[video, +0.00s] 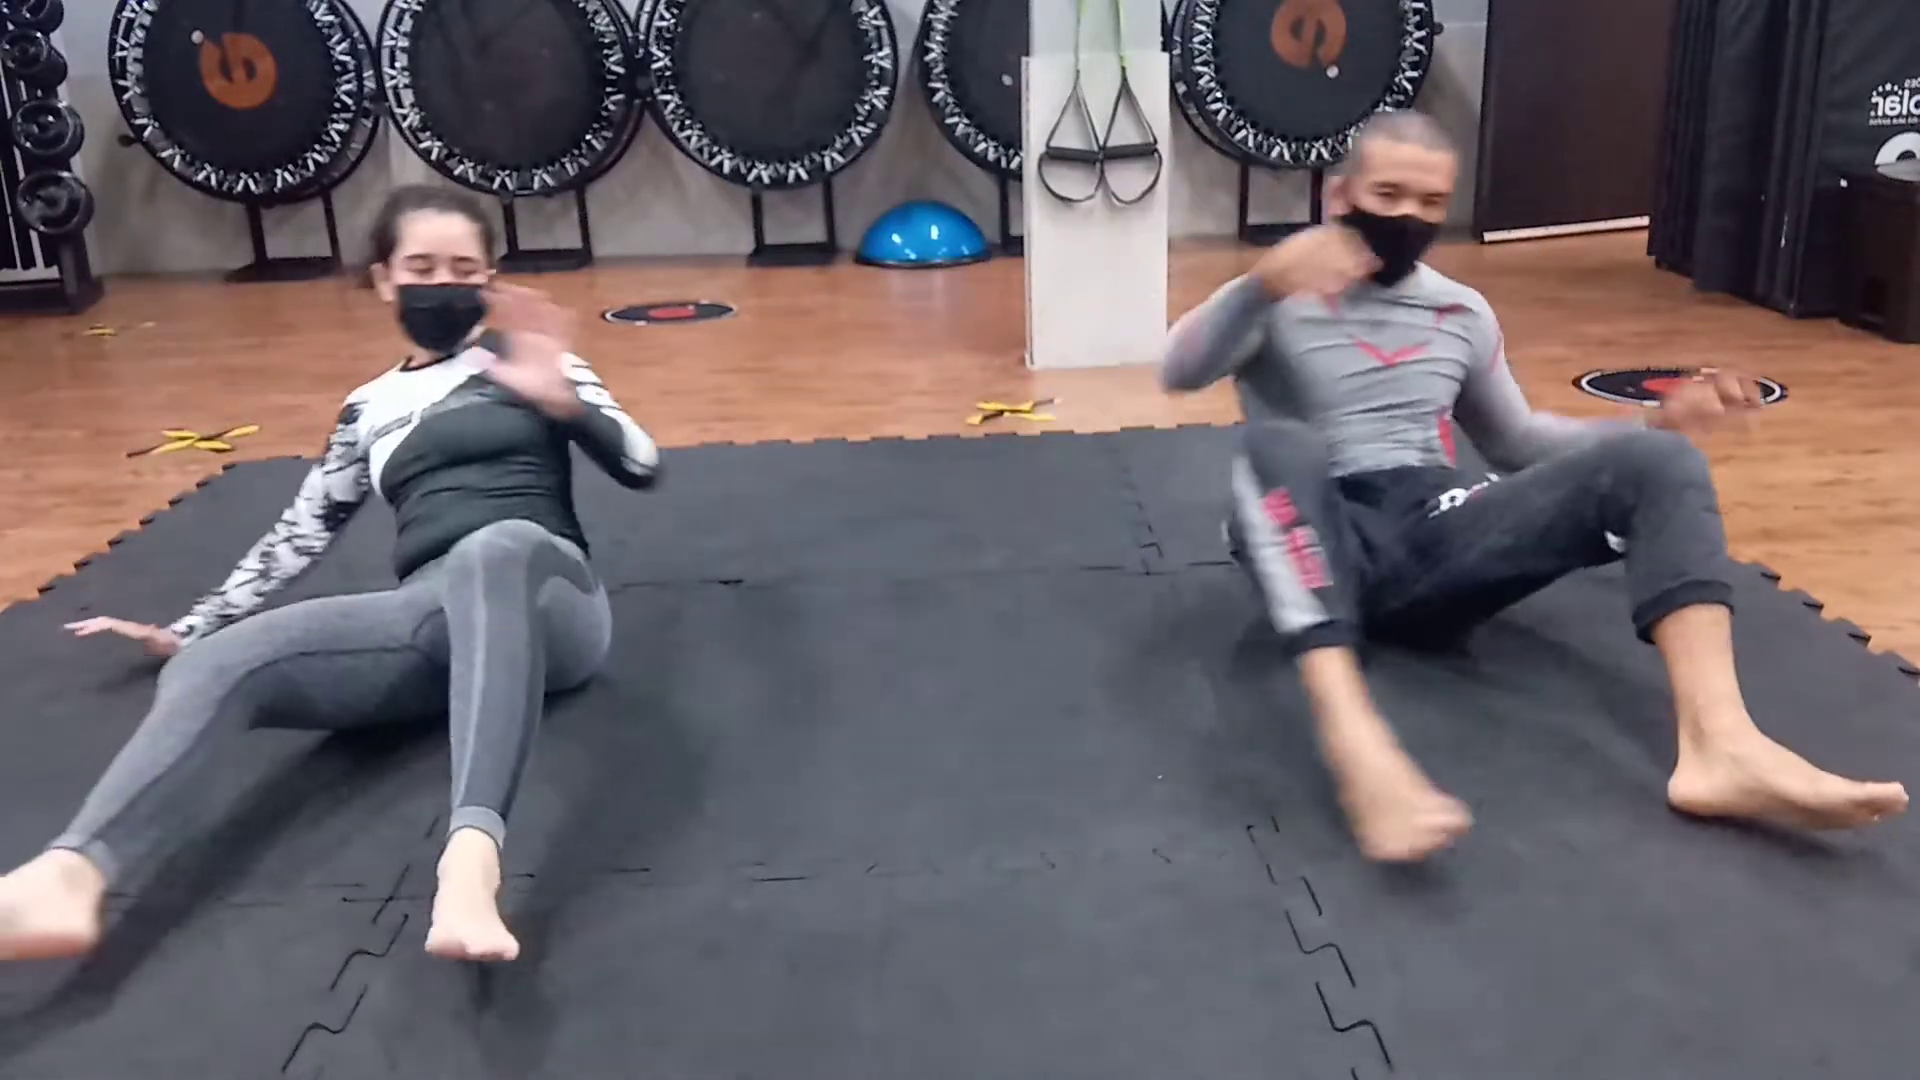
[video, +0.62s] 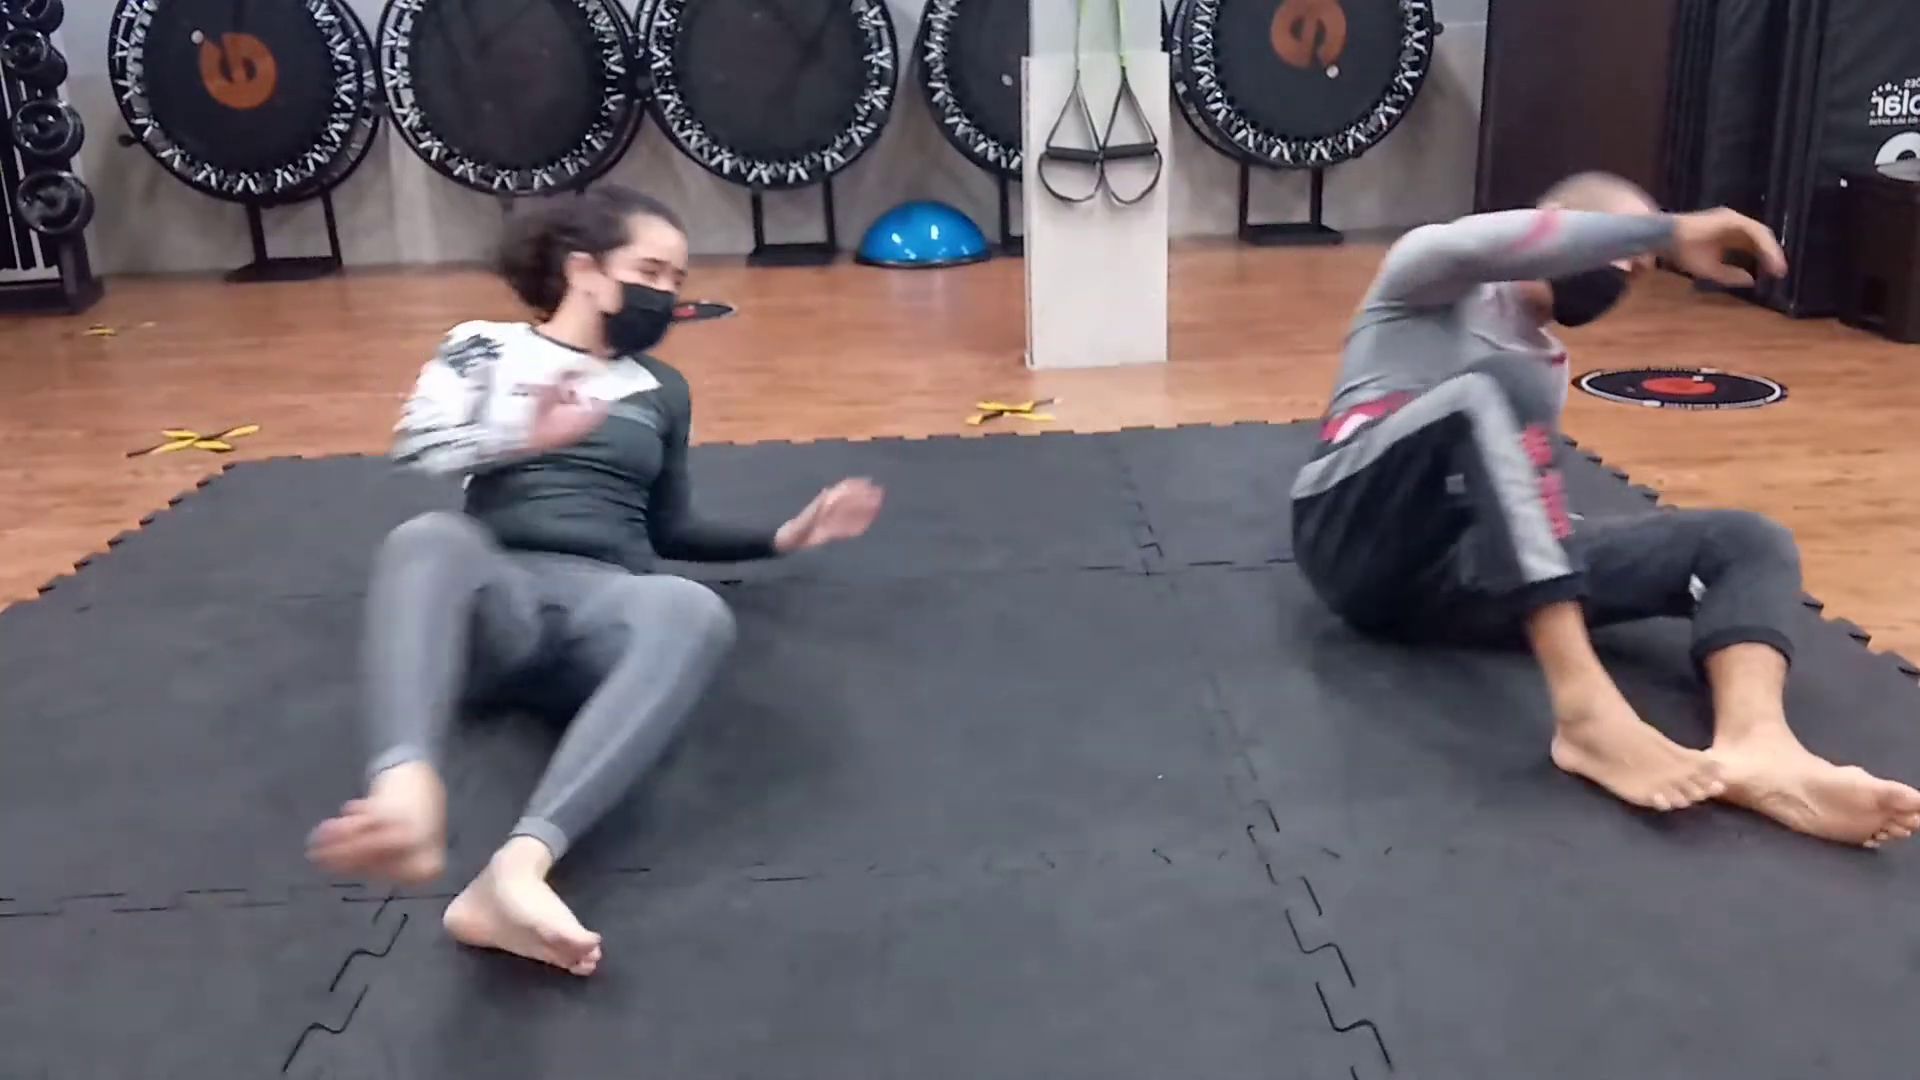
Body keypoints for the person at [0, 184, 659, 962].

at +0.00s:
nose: (443, 281)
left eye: (462, 266)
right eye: (422, 265)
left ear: (491, 277)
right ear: (385, 279)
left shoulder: (541, 365)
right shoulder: (373, 407)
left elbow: (643, 465)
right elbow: (298, 535)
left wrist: (570, 404)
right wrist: (187, 631)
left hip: (549, 601)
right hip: (426, 611)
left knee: (495, 547)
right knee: (219, 653)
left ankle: (473, 852)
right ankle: (72, 874)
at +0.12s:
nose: (479, 277)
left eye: (498, 262)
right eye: (455, 262)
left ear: (523, 273)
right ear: (414, 277)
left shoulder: (565, 367)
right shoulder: (393, 398)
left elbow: (678, 485)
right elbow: (322, 535)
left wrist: (642, 432)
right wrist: (219, 610)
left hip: (553, 599)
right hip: (434, 609)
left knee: (520, 550)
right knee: (231, 653)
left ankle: (481, 857)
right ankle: (104, 877)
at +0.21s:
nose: (509, 273)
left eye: (526, 258)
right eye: (486, 257)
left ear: (546, 270)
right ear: (437, 272)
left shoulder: (576, 362)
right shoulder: (403, 392)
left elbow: (686, 493)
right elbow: (333, 526)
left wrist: (684, 446)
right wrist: (249, 584)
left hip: (551, 595)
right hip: (433, 604)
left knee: (535, 555)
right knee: (245, 641)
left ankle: (485, 865)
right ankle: (130, 873)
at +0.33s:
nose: (554, 273)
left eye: (571, 259)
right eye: (531, 253)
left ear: (588, 273)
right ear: (477, 266)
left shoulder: (608, 370)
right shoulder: (422, 377)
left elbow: (706, 501)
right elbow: (353, 501)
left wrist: (744, 457)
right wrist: (313, 519)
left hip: (559, 592)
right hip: (442, 598)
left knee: (572, 563)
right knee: (272, 627)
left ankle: (492, 874)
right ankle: (189, 859)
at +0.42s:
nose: (589, 271)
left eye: (604, 260)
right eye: (567, 252)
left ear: (616, 281)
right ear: (507, 267)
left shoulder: (631, 377)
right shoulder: (437, 367)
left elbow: (712, 507)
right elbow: (361, 494)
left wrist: (776, 475)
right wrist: (346, 496)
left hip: (573, 594)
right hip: (453, 597)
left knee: (599, 578)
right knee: (305, 608)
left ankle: (496, 878)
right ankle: (248, 846)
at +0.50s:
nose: (626, 281)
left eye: (637, 268)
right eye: (607, 259)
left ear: (643, 283)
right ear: (537, 263)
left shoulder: (646, 381)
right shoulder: (455, 358)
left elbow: (710, 517)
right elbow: (358, 488)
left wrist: (801, 495)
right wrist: (402, 470)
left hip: (588, 587)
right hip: (470, 587)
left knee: (643, 588)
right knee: (349, 582)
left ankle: (503, 873)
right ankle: (314, 832)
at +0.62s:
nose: (672, 298)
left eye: (677, 280)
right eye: (656, 275)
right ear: (582, 269)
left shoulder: (661, 390)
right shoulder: (489, 350)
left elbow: (672, 530)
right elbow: (419, 448)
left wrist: (784, 537)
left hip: (615, 590)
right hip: (497, 576)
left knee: (693, 614)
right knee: (422, 540)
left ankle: (518, 869)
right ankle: (407, 801)